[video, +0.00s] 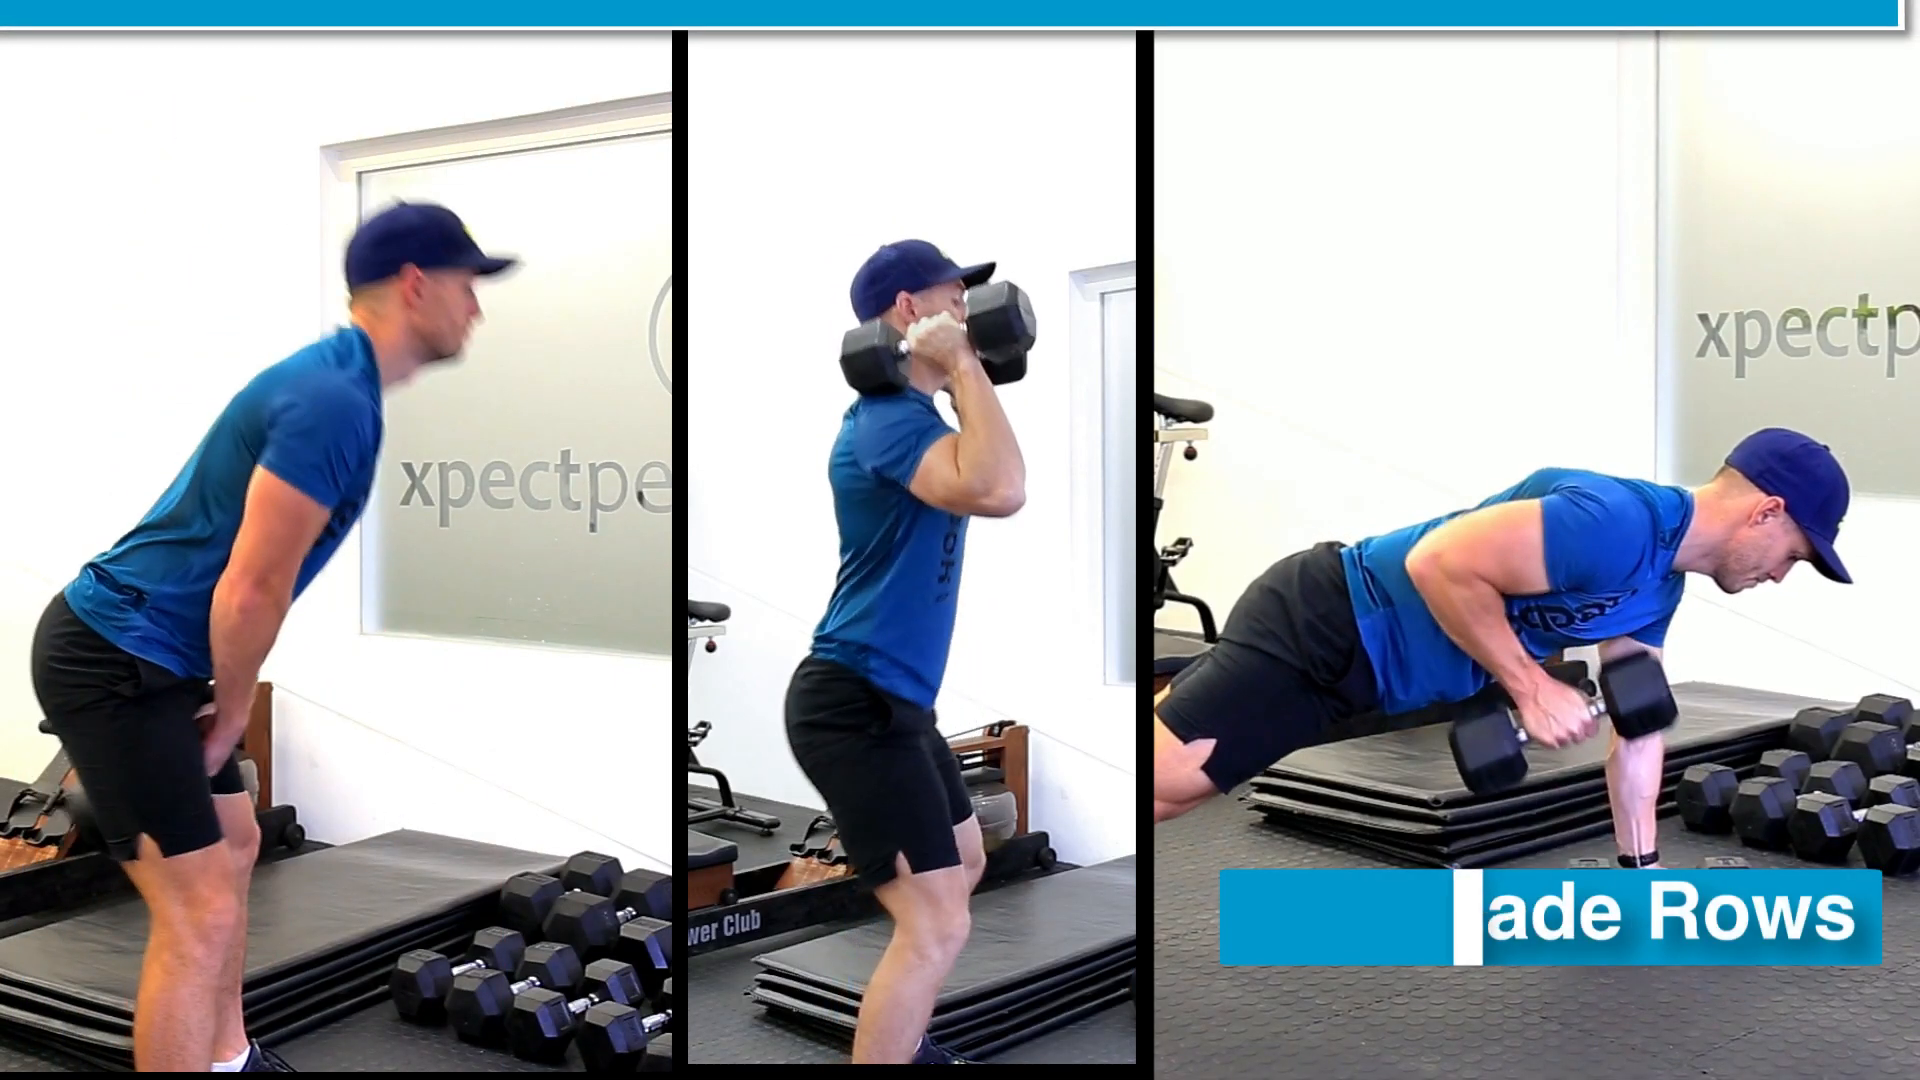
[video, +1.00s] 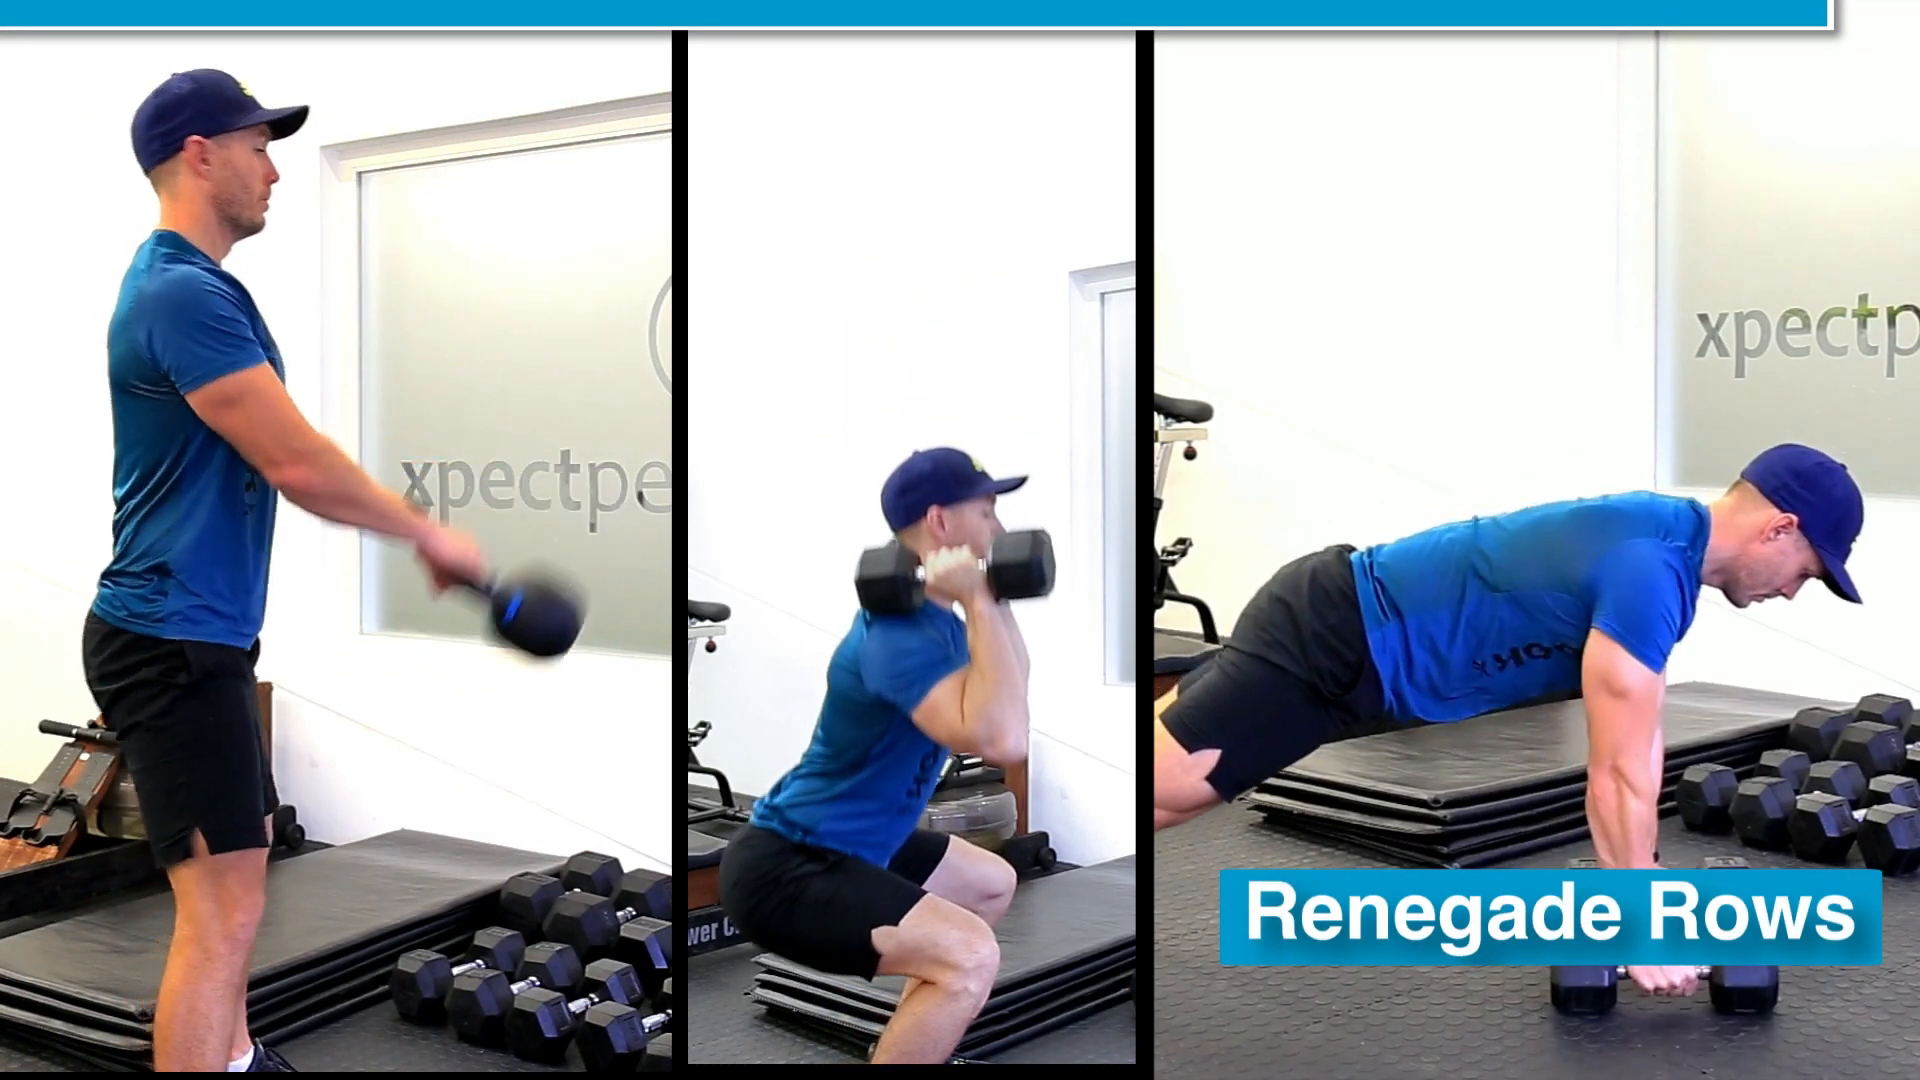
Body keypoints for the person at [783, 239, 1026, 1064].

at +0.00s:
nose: (966, 316)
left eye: (963, 300)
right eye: (951, 301)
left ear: (903, 316)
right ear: (904, 311)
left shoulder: (909, 415)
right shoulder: (885, 419)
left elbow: (995, 487)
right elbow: (1000, 489)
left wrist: (969, 369)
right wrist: (960, 367)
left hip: (893, 698)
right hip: (850, 701)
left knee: (961, 862)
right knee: (934, 928)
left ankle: (896, 1029)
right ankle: (880, 1057)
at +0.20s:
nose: (976, 357)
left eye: (974, 343)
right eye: (964, 344)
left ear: (910, 358)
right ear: (916, 353)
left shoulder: (913, 458)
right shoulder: (890, 465)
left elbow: (993, 526)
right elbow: (1002, 534)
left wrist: (978, 413)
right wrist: (966, 406)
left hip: (872, 730)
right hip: (827, 735)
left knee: (974, 869)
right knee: (947, 940)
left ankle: (908, 1034)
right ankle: (891, 1057)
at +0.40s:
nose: (976, 397)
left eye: (975, 383)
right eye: (967, 383)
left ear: (914, 393)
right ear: (921, 388)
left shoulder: (918, 494)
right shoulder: (891, 501)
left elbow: (984, 566)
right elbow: (1004, 575)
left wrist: (970, 444)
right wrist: (966, 445)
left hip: (868, 754)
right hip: (815, 763)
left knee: (979, 874)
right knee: (953, 948)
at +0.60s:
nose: (984, 451)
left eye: (984, 439)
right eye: (975, 438)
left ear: (922, 447)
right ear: (927, 444)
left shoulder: (926, 542)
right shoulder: (892, 554)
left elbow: (998, 622)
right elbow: (1004, 638)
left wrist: (978, 505)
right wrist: (972, 505)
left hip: (859, 791)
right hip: (801, 809)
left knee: (988, 879)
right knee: (964, 954)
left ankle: (916, 1036)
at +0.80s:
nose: (995, 492)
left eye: (990, 478)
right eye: (983, 479)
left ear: (934, 496)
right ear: (935, 493)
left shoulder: (932, 592)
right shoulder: (894, 602)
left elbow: (1008, 696)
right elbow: (997, 700)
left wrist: (988, 567)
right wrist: (975, 566)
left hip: (851, 822)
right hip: (793, 842)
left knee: (991, 882)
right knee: (967, 956)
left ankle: (912, 1028)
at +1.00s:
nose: (997, 527)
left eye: (993, 511)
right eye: (985, 511)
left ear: (939, 526)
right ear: (939, 524)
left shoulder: (938, 621)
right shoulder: (896, 633)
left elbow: (1006, 715)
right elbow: (1000, 741)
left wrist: (989, 597)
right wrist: (979, 601)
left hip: (852, 840)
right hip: (789, 864)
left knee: (993, 882)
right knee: (968, 956)